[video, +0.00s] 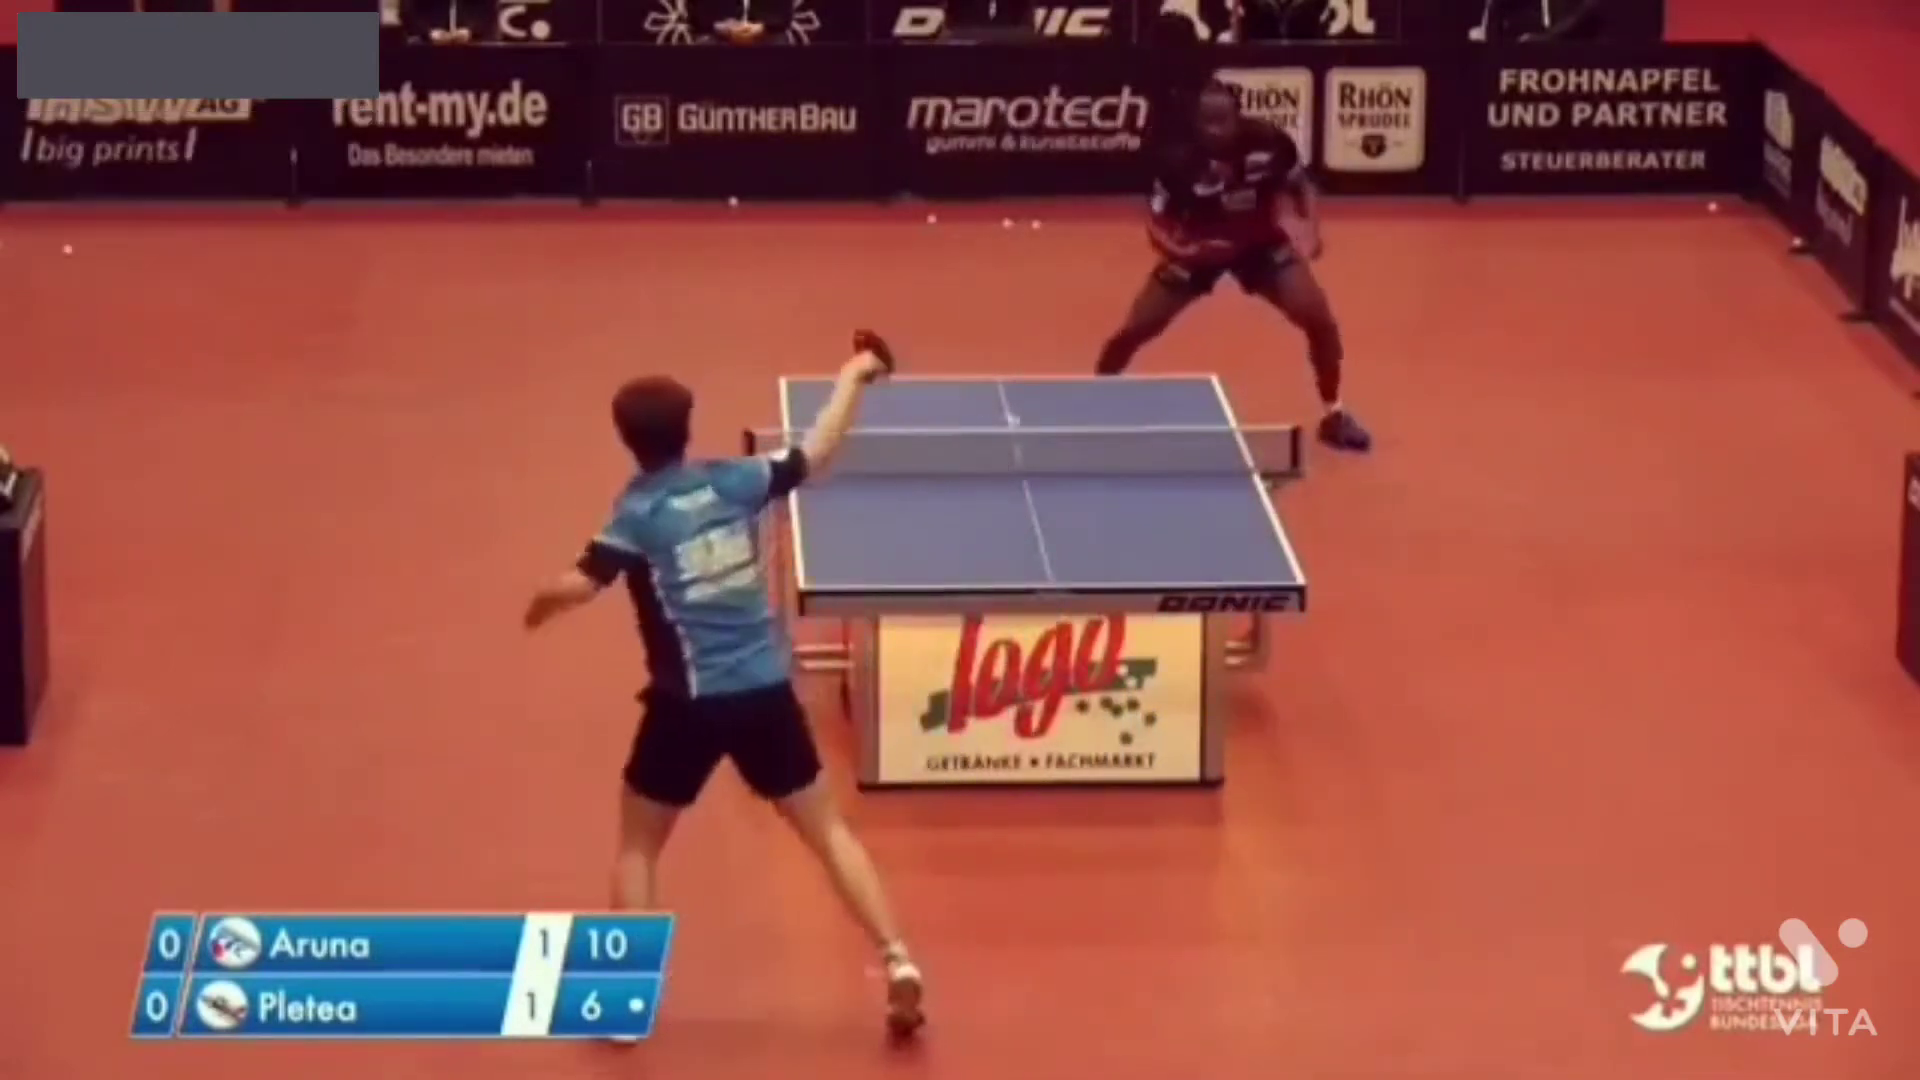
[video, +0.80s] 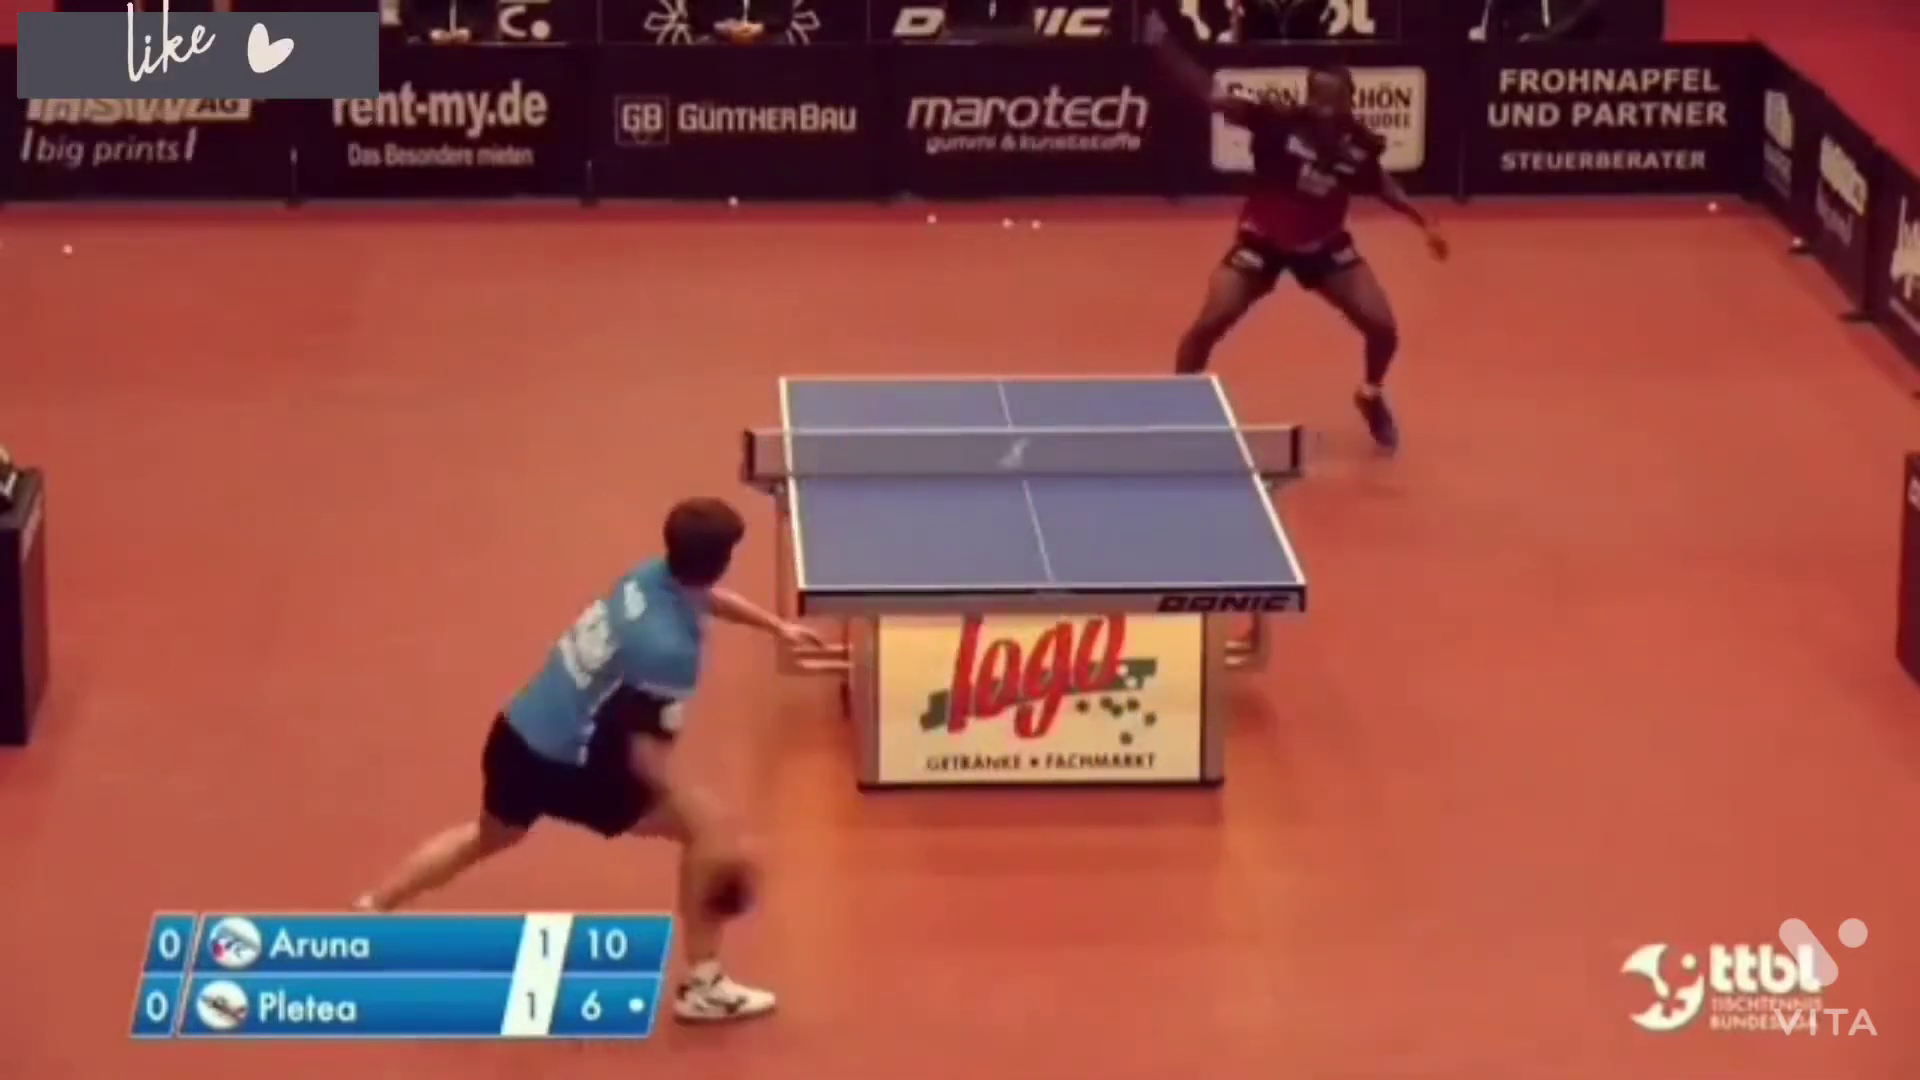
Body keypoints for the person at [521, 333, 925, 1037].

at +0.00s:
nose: (627, 439)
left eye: (627, 430)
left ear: (629, 442)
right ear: (686, 429)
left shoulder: (637, 512)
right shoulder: (734, 482)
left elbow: (582, 584)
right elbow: (814, 455)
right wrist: (852, 375)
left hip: (687, 705)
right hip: (765, 694)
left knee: (639, 845)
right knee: (828, 829)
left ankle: (627, 990)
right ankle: (898, 956)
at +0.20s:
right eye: (685, 426)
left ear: (628, 440)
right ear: (691, 435)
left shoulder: (612, 519)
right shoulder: (730, 501)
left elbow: (580, 602)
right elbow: (829, 535)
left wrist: (558, 661)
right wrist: (842, 465)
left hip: (653, 715)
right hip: (737, 710)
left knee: (603, 835)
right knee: (794, 834)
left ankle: (614, 981)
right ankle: (821, 984)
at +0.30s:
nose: (712, 455)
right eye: (712, 446)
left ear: (648, 455)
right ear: (710, 454)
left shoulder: (619, 525)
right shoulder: (738, 529)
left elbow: (556, 605)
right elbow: (806, 604)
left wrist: (560, 652)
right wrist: (828, 547)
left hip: (641, 726)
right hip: (725, 728)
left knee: (578, 825)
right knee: (780, 861)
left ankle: (547, 976)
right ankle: (791, 1015)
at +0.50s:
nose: (739, 474)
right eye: (736, 467)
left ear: (671, 471)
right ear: (731, 479)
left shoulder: (620, 517)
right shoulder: (732, 569)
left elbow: (555, 547)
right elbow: (759, 664)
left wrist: (611, 567)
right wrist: (802, 641)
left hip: (564, 712)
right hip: (642, 730)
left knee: (524, 801)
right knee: (756, 824)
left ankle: (478, 928)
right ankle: (731, 977)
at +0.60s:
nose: (741, 480)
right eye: (740, 472)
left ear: (675, 478)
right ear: (734, 486)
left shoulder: (625, 519)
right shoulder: (733, 576)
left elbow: (561, 548)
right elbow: (754, 673)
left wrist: (610, 567)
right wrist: (806, 656)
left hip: (556, 712)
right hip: (633, 733)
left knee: (521, 802)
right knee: (751, 821)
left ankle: (454, 918)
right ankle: (716, 971)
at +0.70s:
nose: (748, 521)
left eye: (743, 509)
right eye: (745, 514)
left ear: (684, 513)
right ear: (737, 531)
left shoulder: (648, 549)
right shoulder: (706, 621)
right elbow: (716, 727)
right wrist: (783, 763)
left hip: (536, 727)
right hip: (599, 755)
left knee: (495, 825)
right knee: (723, 831)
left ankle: (395, 912)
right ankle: (703, 981)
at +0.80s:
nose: (735, 555)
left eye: (731, 545)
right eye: (732, 549)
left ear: (673, 545)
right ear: (720, 563)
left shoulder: (653, 575)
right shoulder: (671, 647)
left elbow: (714, 599)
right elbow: (645, 756)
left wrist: (779, 626)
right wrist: (707, 818)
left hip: (513, 731)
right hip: (564, 766)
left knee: (490, 834)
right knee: (702, 829)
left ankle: (370, 906)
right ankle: (704, 980)